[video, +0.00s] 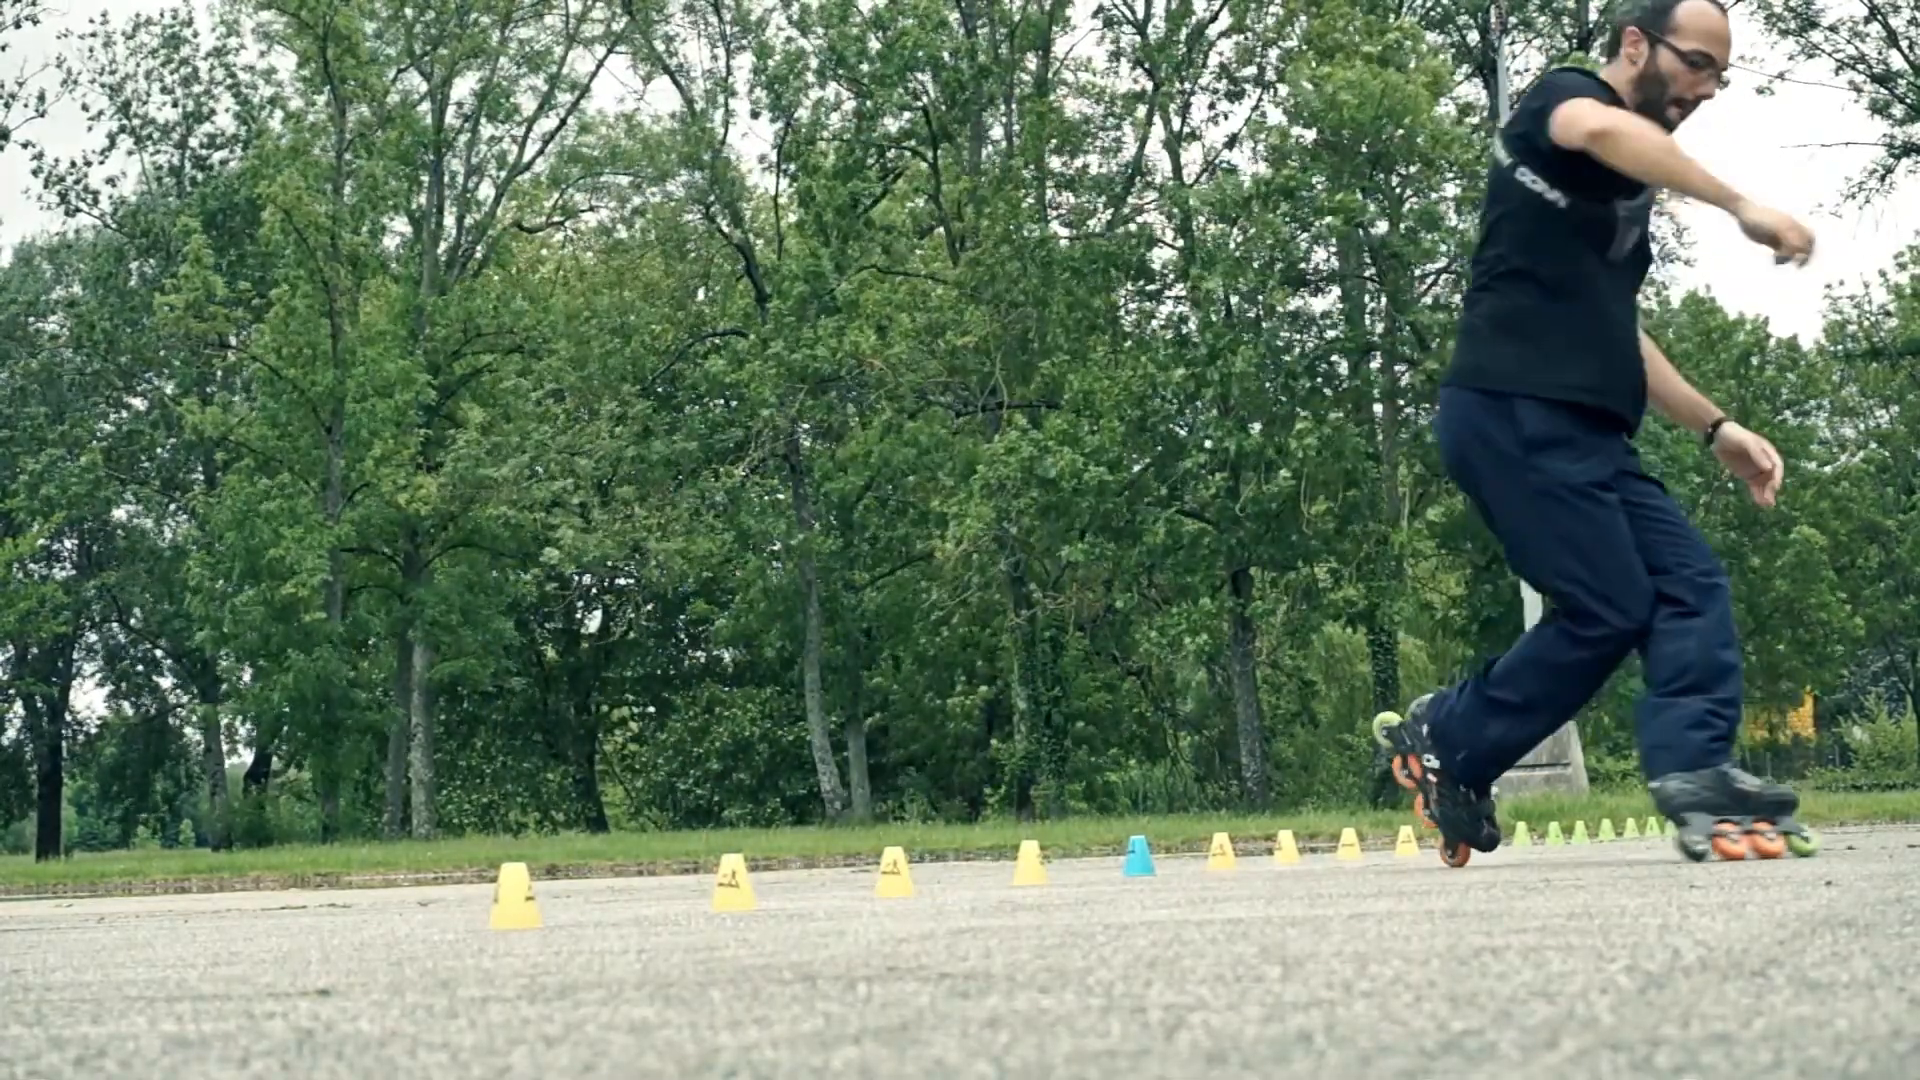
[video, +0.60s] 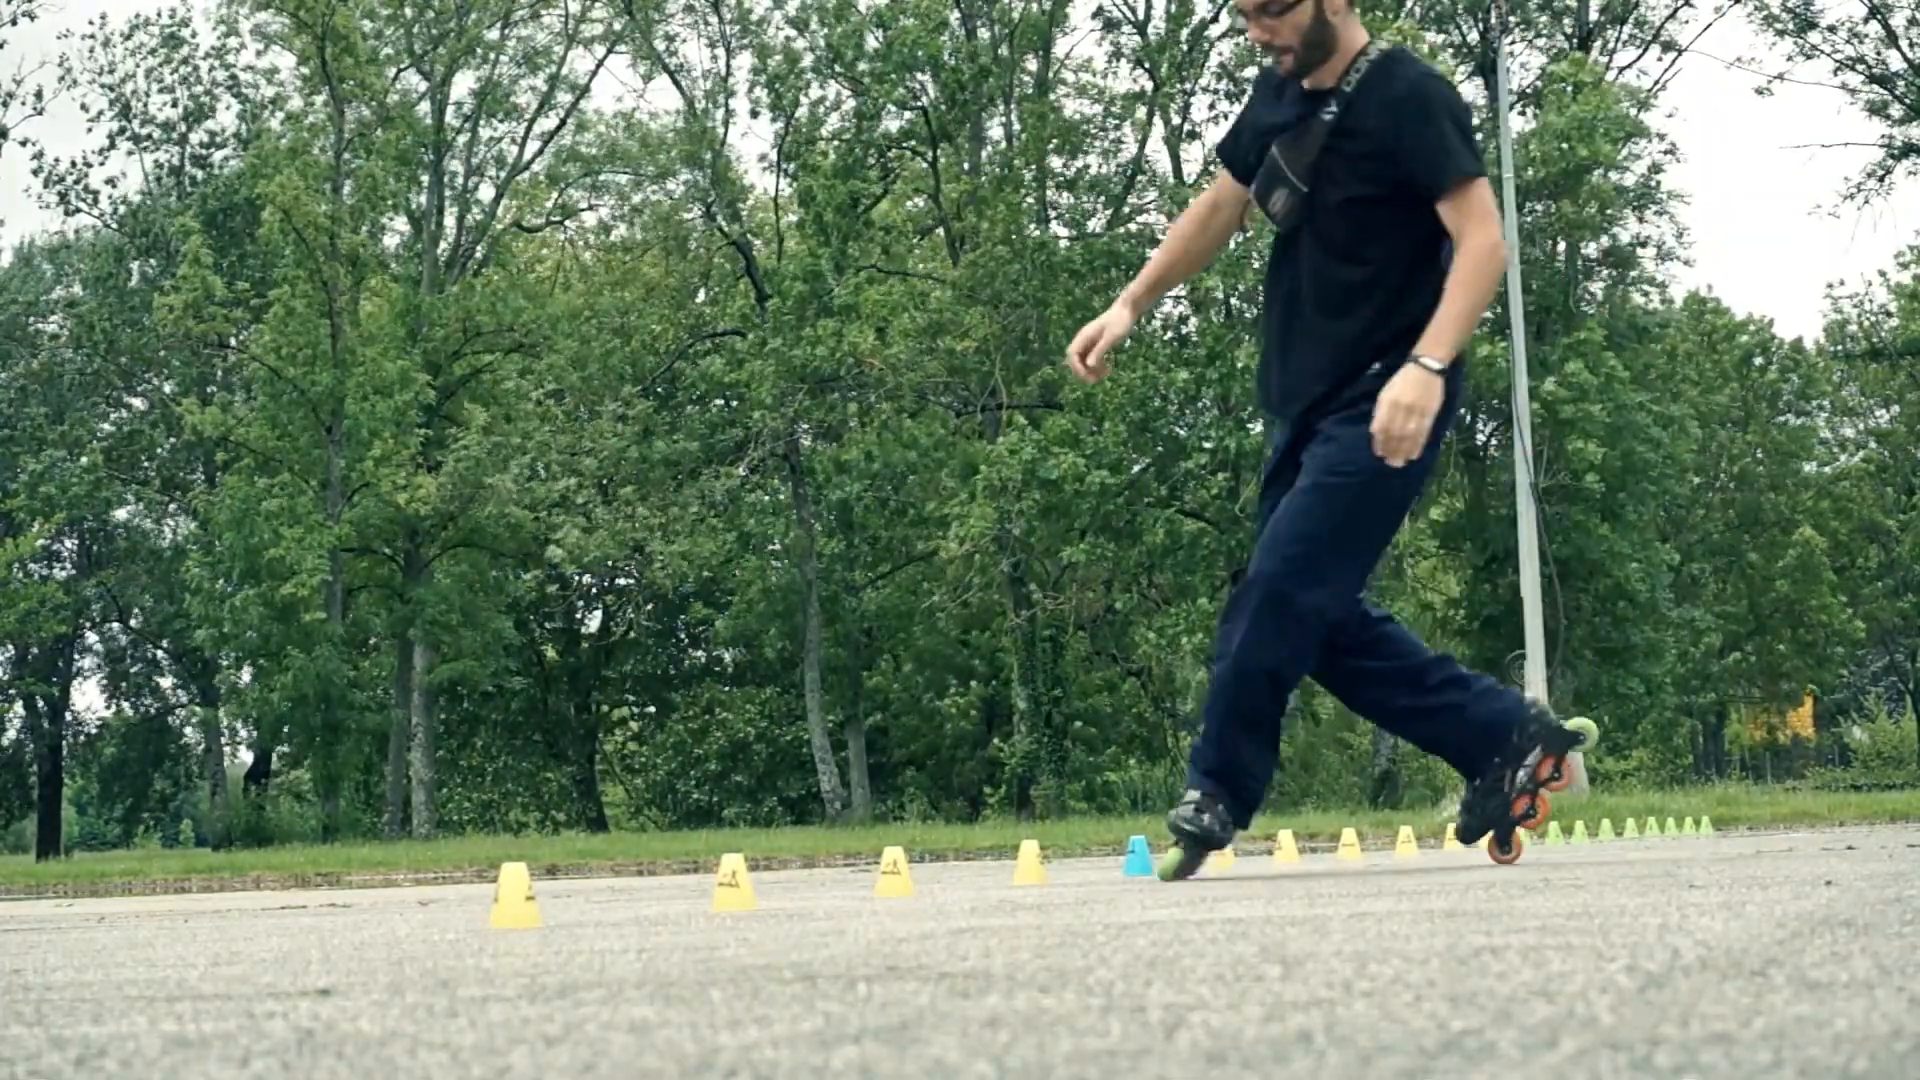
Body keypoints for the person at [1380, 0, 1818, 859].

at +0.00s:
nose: (1705, 89)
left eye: (1717, 74)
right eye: (1694, 63)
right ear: (1632, 45)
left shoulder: (1632, 174)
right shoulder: (1562, 89)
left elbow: (1614, 331)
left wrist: (1716, 429)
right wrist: (1740, 203)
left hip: (1591, 428)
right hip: (1511, 413)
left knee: (1688, 582)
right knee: (1610, 607)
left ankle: (1691, 766)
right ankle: (1449, 744)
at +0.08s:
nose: (1663, 76)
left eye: (1679, 62)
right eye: (1651, 50)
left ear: (1681, 66)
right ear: (1592, 33)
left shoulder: (1618, 174)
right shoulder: (1524, 92)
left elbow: (1639, 323)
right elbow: (1476, 136)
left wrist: (1728, 407)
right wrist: (1609, 199)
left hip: (1568, 429)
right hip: (1472, 418)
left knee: (1652, 580)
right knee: (1559, 605)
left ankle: (1605, 767)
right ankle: (1444, 748)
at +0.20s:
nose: (1565, 56)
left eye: (1587, 39)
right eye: (1547, 31)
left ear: (1605, 38)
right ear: (1505, 16)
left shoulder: (1596, 157)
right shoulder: (1430, 102)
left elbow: (1644, 286)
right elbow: (1318, 157)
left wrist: (1712, 379)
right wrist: (1357, 197)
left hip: (1528, 420)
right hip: (1412, 417)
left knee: (1568, 575)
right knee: (1466, 609)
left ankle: (1471, 762)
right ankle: (1445, 800)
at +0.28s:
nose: (1487, 47)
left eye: (1510, 28)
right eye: (1470, 24)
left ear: (1544, 22)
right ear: (1445, 15)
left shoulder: (1569, 138)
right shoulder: (1383, 101)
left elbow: (1631, 262)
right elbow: (1256, 161)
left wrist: (1679, 363)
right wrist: (1229, 205)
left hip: (1495, 418)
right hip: (1374, 419)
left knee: (1496, 583)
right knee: (1403, 622)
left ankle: (1370, 774)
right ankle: (1446, 807)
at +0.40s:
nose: (1384, 39)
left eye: (1404, 19)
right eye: (1368, 20)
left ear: (1453, 9)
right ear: (1354, 17)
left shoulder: (1508, 116)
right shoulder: (1323, 102)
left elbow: (1590, 244)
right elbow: (1209, 187)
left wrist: (1602, 355)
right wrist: (1129, 251)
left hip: (1441, 414)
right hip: (1323, 416)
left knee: (1381, 594)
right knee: (1335, 639)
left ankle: (1261, 778)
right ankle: (1458, 741)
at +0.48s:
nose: (1325, 36)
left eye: (1344, 15)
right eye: (1309, 18)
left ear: (1398, 6)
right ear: (1297, 15)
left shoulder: (1469, 108)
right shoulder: (1291, 106)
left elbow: (1551, 245)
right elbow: (1195, 204)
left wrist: (1535, 358)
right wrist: (1106, 281)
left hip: (1415, 407)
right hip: (1301, 413)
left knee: (1329, 592)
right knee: (1312, 621)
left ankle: (1222, 780)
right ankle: (1476, 740)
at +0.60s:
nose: (1260, 33)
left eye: (1274, 14)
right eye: (1249, 19)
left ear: (1332, 1)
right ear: (1248, 16)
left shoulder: (1405, 90)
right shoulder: (1277, 96)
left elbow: (1483, 239)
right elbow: (1216, 208)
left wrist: (1429, 365)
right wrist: (1128, 306)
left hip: (1391, 394)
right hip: (1307, 410)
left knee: (1281, 584)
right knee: (1306, 611)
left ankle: (1217, 792)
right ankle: (1507, 740)